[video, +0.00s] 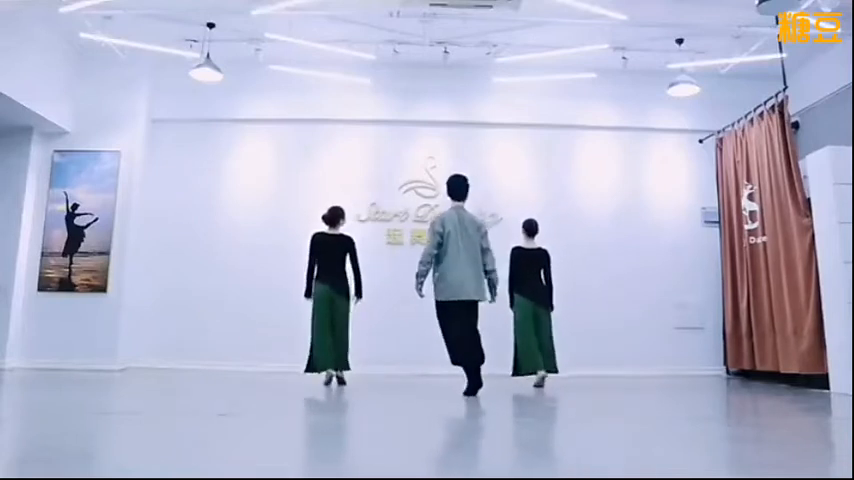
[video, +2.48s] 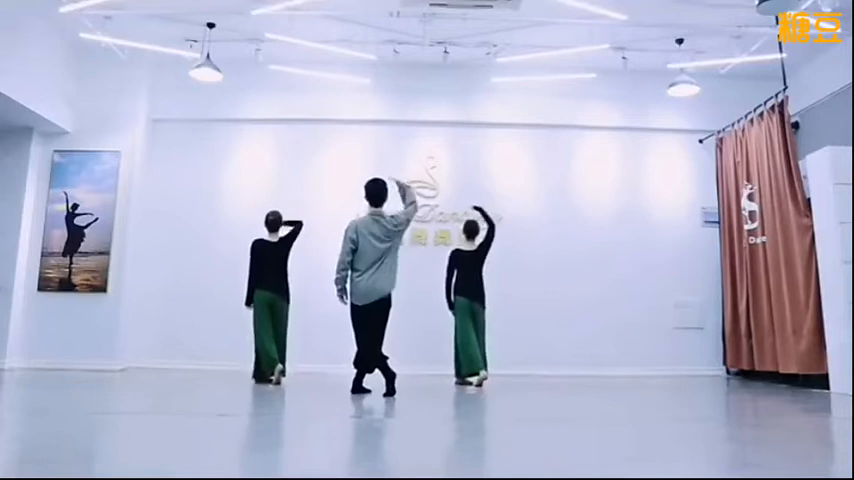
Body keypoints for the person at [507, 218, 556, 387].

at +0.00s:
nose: (524, 233)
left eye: (524, 230)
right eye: (530, 230)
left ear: (523, 232)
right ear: (537, 232)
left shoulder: (516, 252)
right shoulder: (543, 253)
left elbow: (512, 278)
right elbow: (548, 280)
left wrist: (511, 299)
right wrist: (550, 300)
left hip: (522, 296)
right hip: (540, 297)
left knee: (527, 333)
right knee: (541, 332)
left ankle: (538, 368)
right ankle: (543, 370)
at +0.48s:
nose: (499, 229)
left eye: (499, 227)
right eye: (500, 227)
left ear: (500, 227)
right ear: (514, 228)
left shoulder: (495, 245)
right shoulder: (521, 244)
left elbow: (489, 270)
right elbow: (538, 250)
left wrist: (486, 292)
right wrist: (547, 254)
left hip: (500, 292)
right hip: (518, 293)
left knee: (494, 329)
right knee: (525, 330)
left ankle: (484, 367)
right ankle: (534, 370)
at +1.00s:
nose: (473, 250)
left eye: (472, 247)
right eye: (478, 247)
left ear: (470, 247)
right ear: (483, 247)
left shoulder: (464, 262)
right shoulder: (489, 263)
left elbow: (460, 289)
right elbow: (495, 286)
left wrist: (458, 312)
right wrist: (482, 290)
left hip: (469, 304)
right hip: (486, 305)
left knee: (469, 341)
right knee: (482, 342)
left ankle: (478, 374)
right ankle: (463, 369)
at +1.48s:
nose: (471, 239)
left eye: (469, 236)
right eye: (474, 237)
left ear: (463, 236)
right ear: (478, 237)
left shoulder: (457, 255)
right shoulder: (483, 253)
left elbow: (452, 282)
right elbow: (493, 248)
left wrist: (452, 304)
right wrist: (482, 247)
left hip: (464, 297)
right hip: (481, 296)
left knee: (468, 334)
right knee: (479, 334)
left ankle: (478, 372)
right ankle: (466, 373)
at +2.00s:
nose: (471, 235)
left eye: (468, 231)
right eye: (474, 232)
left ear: (463, 233)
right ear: (478, 235)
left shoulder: (455, 254)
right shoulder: (481, 253)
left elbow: (451, 280)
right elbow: (483, 239)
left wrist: (451, 302)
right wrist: (483, 223)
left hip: (462, 295)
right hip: (479, 295)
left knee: (467, 333)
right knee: (479, 333)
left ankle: (478, 370)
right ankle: (465, 373)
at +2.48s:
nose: (469, 234)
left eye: (466, 230)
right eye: (472, 231)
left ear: (463, 232)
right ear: (477, 234)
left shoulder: (456, 254)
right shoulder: (480, 252)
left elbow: (449, 279)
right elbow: (491, 227)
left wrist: (449, 301)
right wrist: (481, 211)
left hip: (461, 294)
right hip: (478, 294)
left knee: (465, 331)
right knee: (478, 331)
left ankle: (475, 370)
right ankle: (480, 370)